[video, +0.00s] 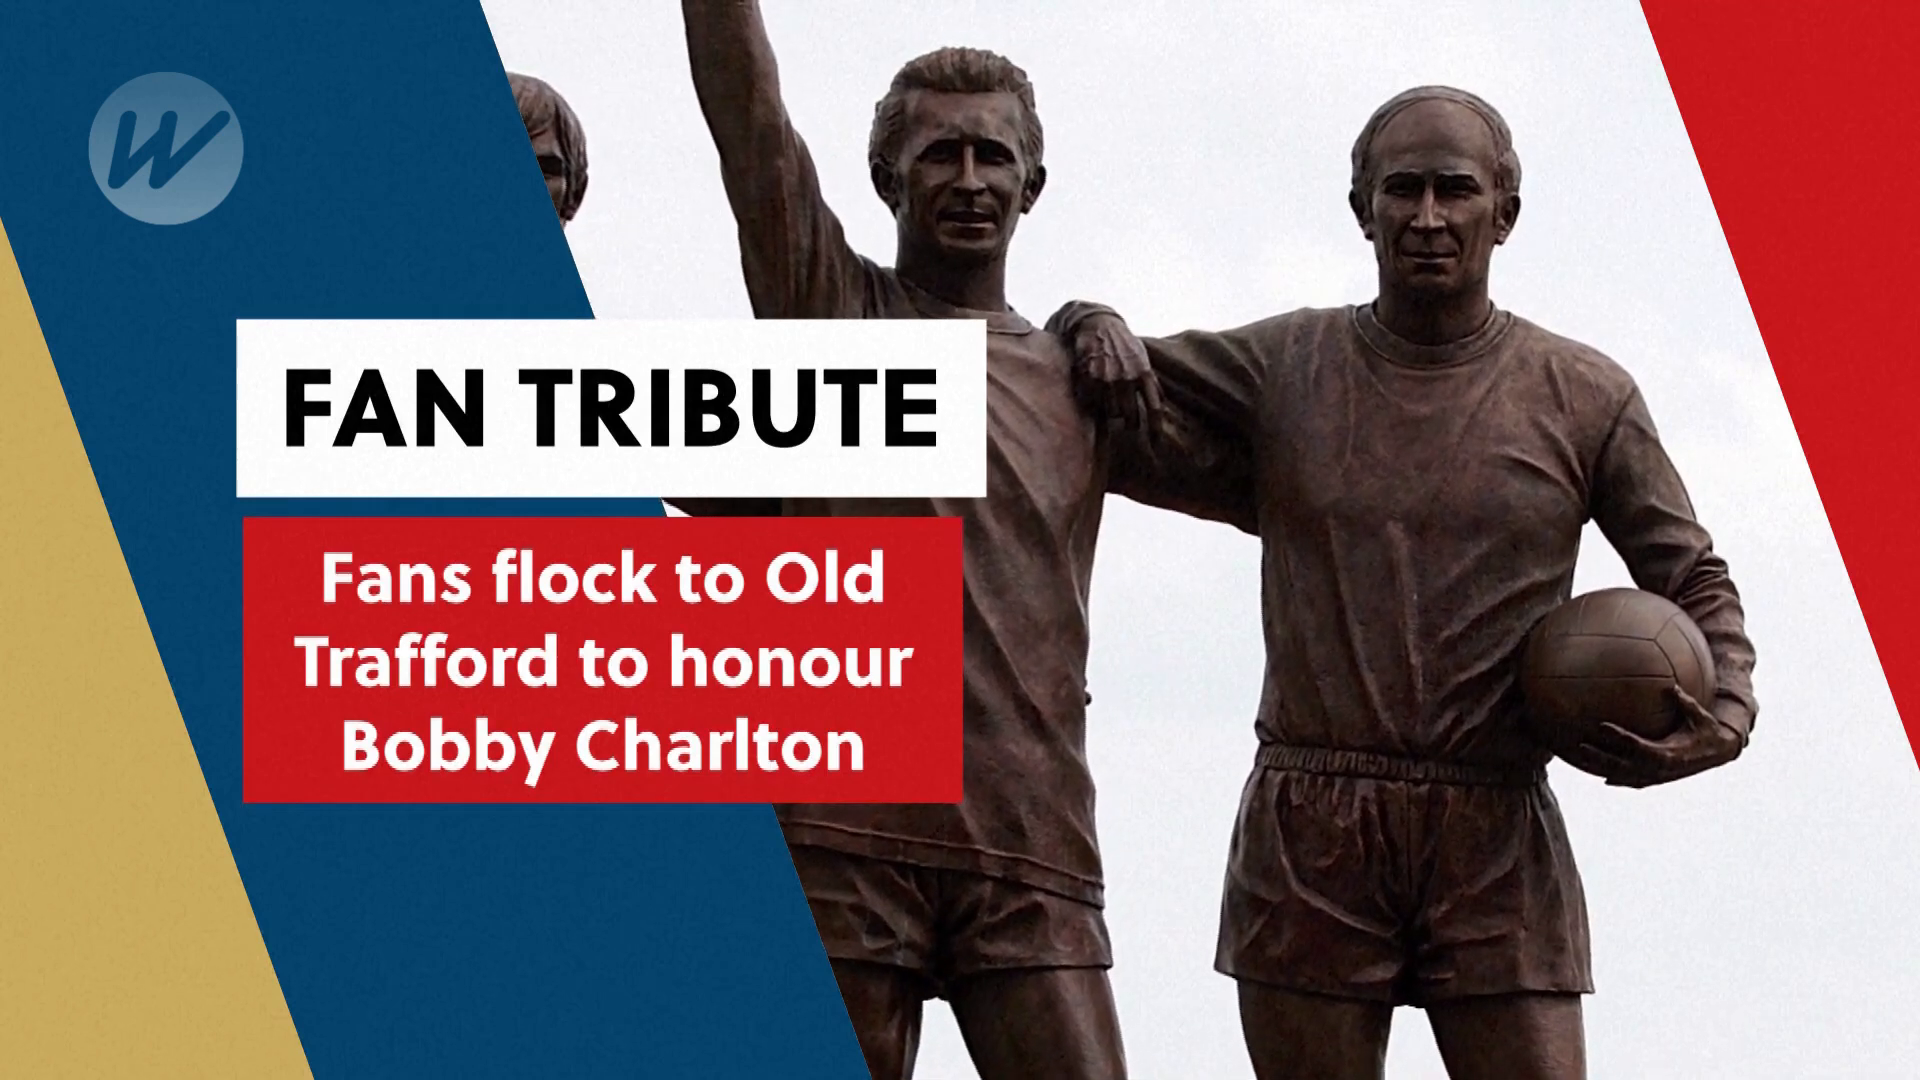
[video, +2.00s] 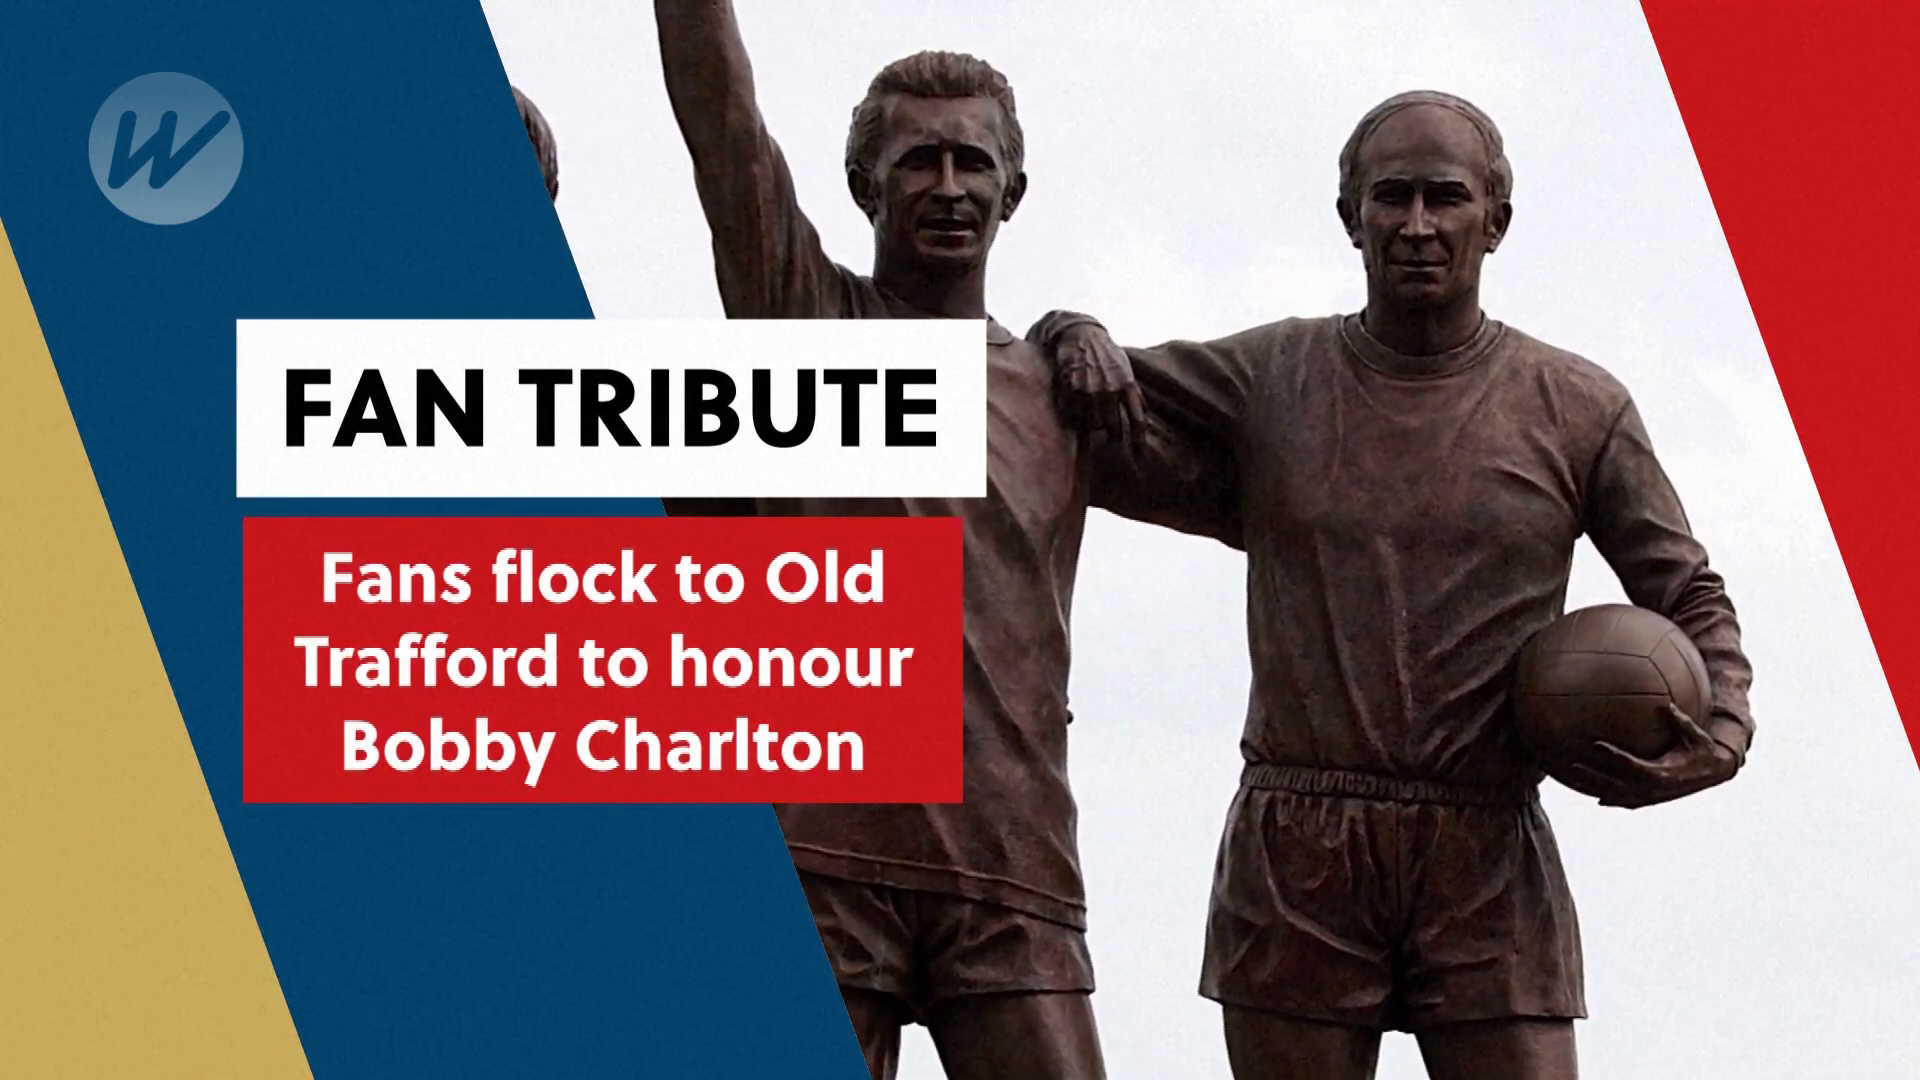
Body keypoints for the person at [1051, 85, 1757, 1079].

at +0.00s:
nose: (1428, 215)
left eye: (1457, 187)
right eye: (1401, 189)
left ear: (1507, 212)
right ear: (1362, 209)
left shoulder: (1585, 394)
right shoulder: (1283, 363)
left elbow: (1693, 579)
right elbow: (1103, 396)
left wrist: (1727, 700)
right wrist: (1087, 321)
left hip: (1495, 838)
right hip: (1309, 835)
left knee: (1542, 1066)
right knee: (1308, 1069)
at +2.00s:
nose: (1417, 223)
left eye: (1445, 195)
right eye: (1389, 197)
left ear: (1498, 218)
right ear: (1350, 217)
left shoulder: (1578, 405)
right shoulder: (1269, 374)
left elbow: (1688, 596)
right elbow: (1087, 399)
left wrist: (1723, 722)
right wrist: (1071, 333)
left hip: (1487, 856)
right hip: (1295, 852)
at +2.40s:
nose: (1415, 224)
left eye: (1444, 196)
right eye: (1387, 198)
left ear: (1496, 220)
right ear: (1348, 220)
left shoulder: (1577, 407)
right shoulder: (1265, 376)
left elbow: (1686, 598)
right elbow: (1084, 411)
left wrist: (1722, 729)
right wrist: (1068, 336)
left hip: (1486, 863)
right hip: (1292, 858)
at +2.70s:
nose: (1413, 225)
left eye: (1442, 197)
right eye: (1386, 199)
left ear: (1494, 222)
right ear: (1346, 221)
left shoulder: (1576, 409)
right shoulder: (1263, 378)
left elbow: (1685, 600)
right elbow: (1081, 409)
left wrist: (1720, 733)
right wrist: (1063, 338)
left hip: (1484, 865)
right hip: (1289, 862)